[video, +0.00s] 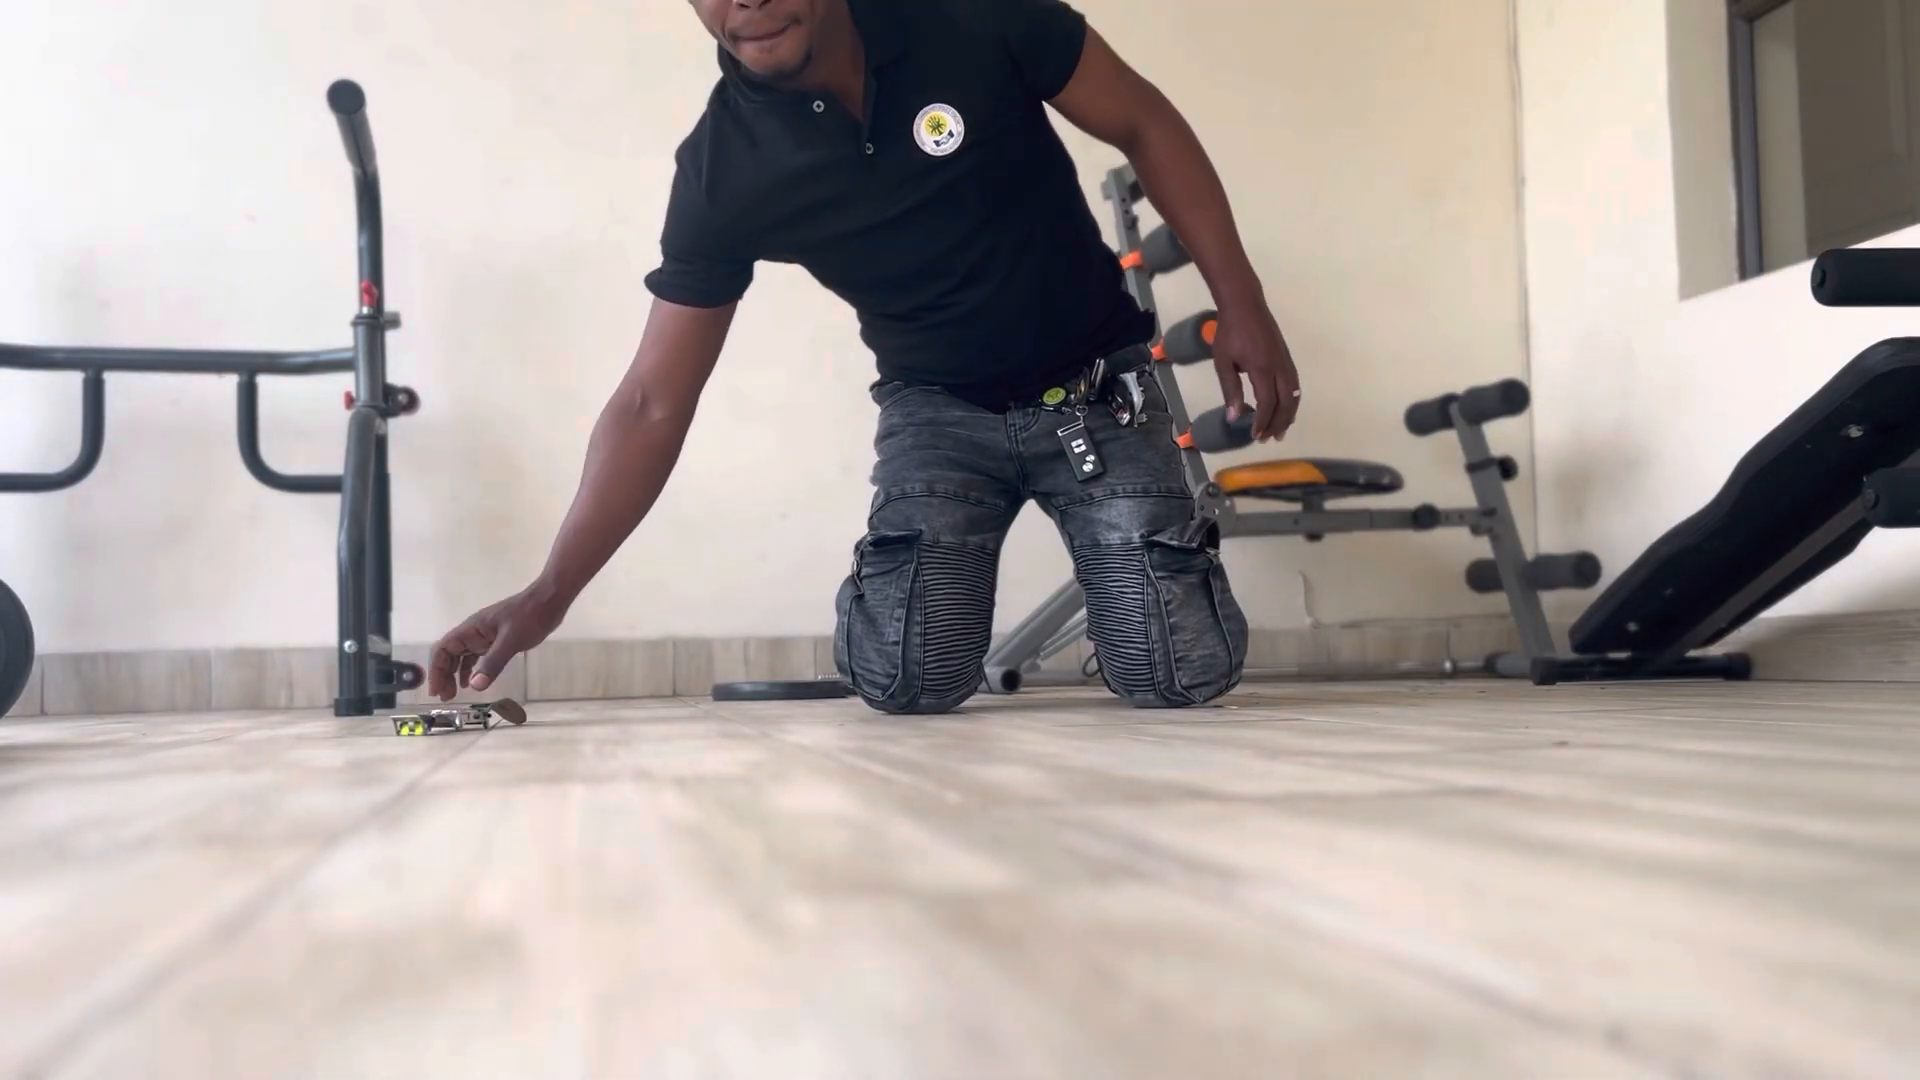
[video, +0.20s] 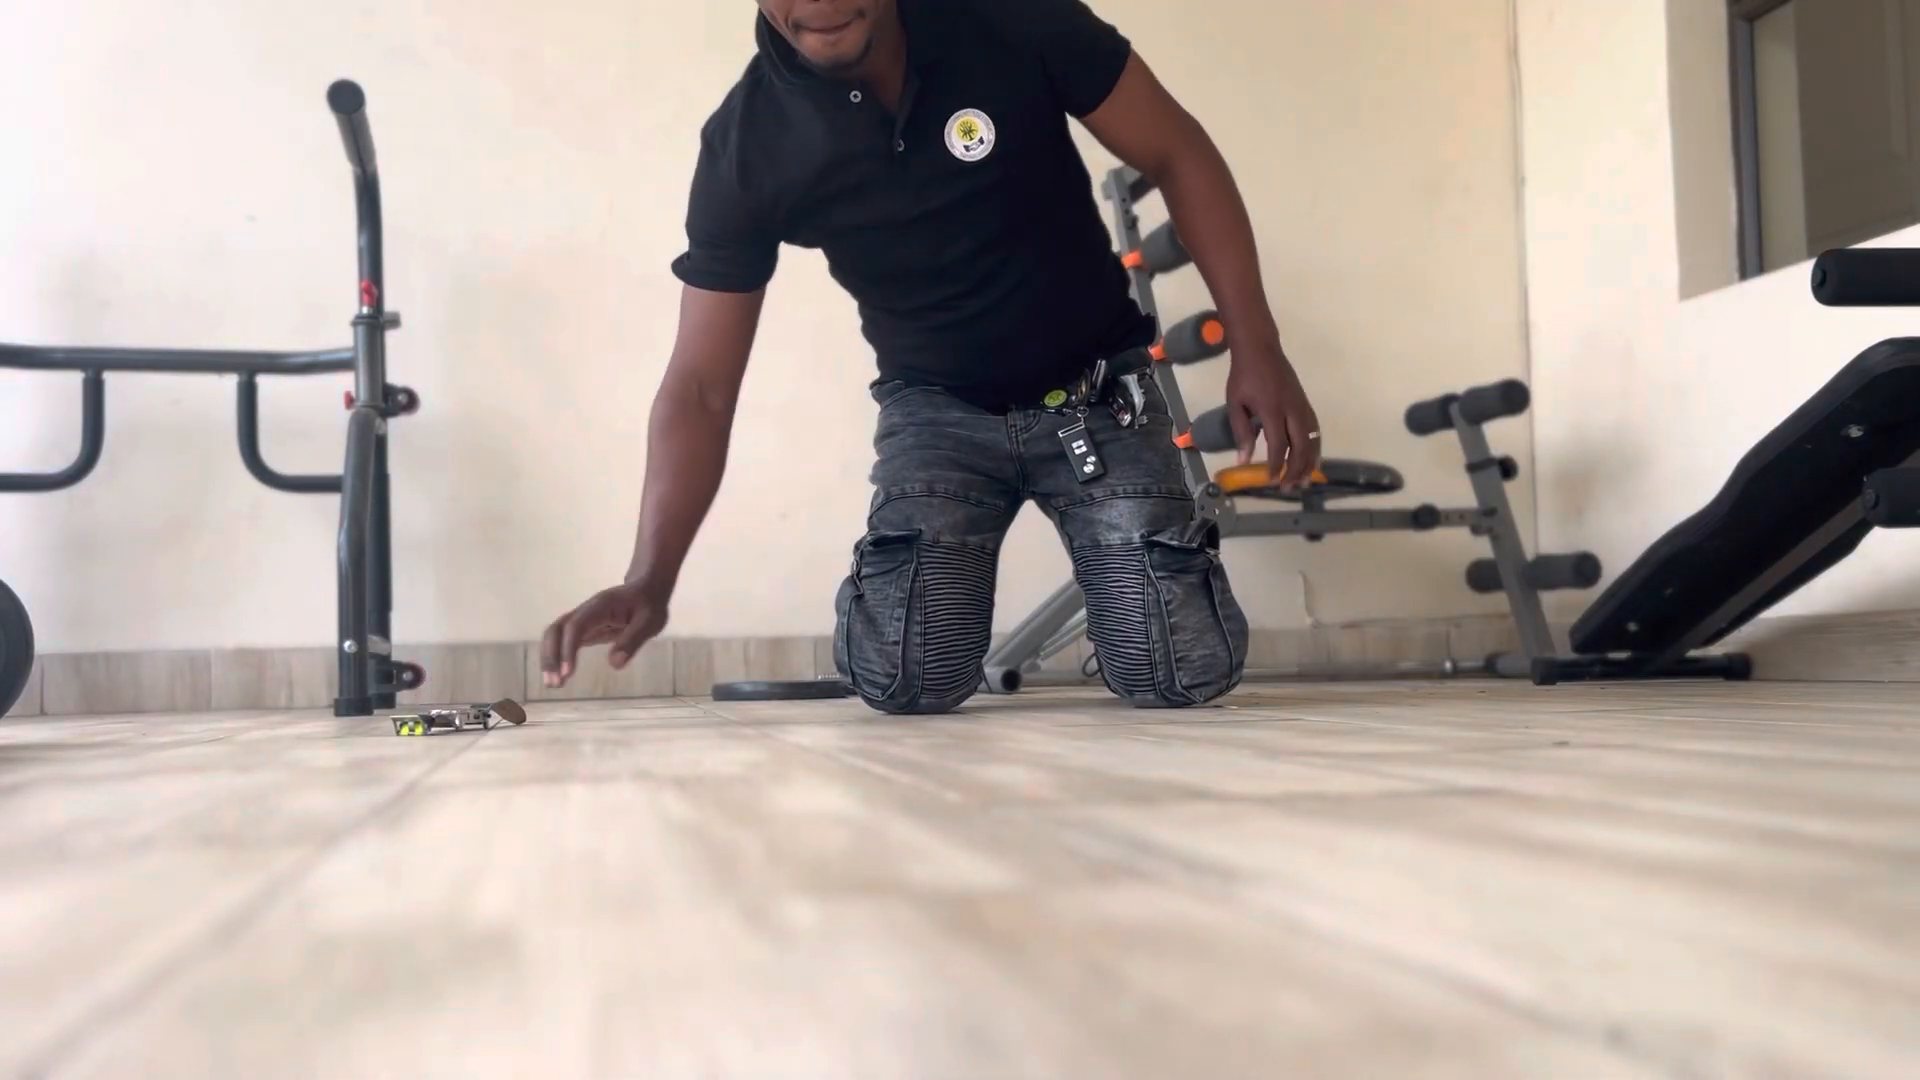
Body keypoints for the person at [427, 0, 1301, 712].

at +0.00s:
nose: (743, 18)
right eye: (716, 4)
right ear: (697, 11)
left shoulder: (975, 22)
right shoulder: (726, 166)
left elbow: (1144, 122)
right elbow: (646, 409)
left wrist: (1244, 313)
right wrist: (546, 595)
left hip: (1101, 381)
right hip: (936, 408)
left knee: (1185, 670)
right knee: (904, 673)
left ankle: (1122, 608)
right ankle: (953, 631)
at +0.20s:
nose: (810, 1)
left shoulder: (1010, 21)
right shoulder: (750, 145)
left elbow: (1176, 151)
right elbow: (698, 387)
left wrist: (1255, 344)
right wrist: (647, 583)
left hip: (1099, 390)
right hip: (935, 413)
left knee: (1187, 669)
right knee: (906, 675)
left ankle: (1136, 618)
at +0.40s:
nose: (873, 11)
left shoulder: (1050, 29)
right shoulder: (780, 130)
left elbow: (1213, 192)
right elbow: (738, 374)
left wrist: (1274, 398)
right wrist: (744, 572)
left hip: (1102, 396)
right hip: (935, 414)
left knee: (1177, 670)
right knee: (909, 673)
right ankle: (891, 601)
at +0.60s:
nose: (959, 50)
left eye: (991, 15)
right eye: (926, 16)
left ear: (1035, 2)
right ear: (877, 9)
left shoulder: (1118, 60)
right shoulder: (831, 132)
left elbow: (1259, 264)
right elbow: (810, 377)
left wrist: (1297, 474)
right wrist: (838, 584)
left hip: (1109, 402)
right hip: (939, 414)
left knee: (1182, 675)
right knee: (912, 686)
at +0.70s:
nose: (989, 81)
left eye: (1023, 40)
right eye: (952, 44)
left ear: (1065, 20)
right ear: (894, 23)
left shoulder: (1144, 82)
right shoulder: (847, 151)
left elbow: (1276, 292)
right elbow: (833, 401)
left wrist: (1310, 508)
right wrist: (859, 637)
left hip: (1111, 399)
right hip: (935, 412)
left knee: (1181, 673)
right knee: (916, 689)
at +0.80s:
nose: (1045, 183)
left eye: (1077, 151)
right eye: (1012, 151)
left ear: (1119, 90)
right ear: (938, 84)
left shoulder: (1194, 129)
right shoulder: (873, 161)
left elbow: (1334, 361)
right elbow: (849, 424)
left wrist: (1364, 594)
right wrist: (866, 672)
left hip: (1114, 400)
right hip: (943, 408)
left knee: (1177, 676)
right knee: (916, 680)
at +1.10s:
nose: (1154, 235)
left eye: (1183, 202)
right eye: (1120, 203)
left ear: (1238, 119)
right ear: (1035, 110)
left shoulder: (1295, 146)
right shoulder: (940, 140)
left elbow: (1388, 414)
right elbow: (858, 420)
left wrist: (1400, 661)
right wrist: (866, 674)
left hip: (1163, 379)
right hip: (975, 376)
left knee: (1183, 680)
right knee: (907, 676)